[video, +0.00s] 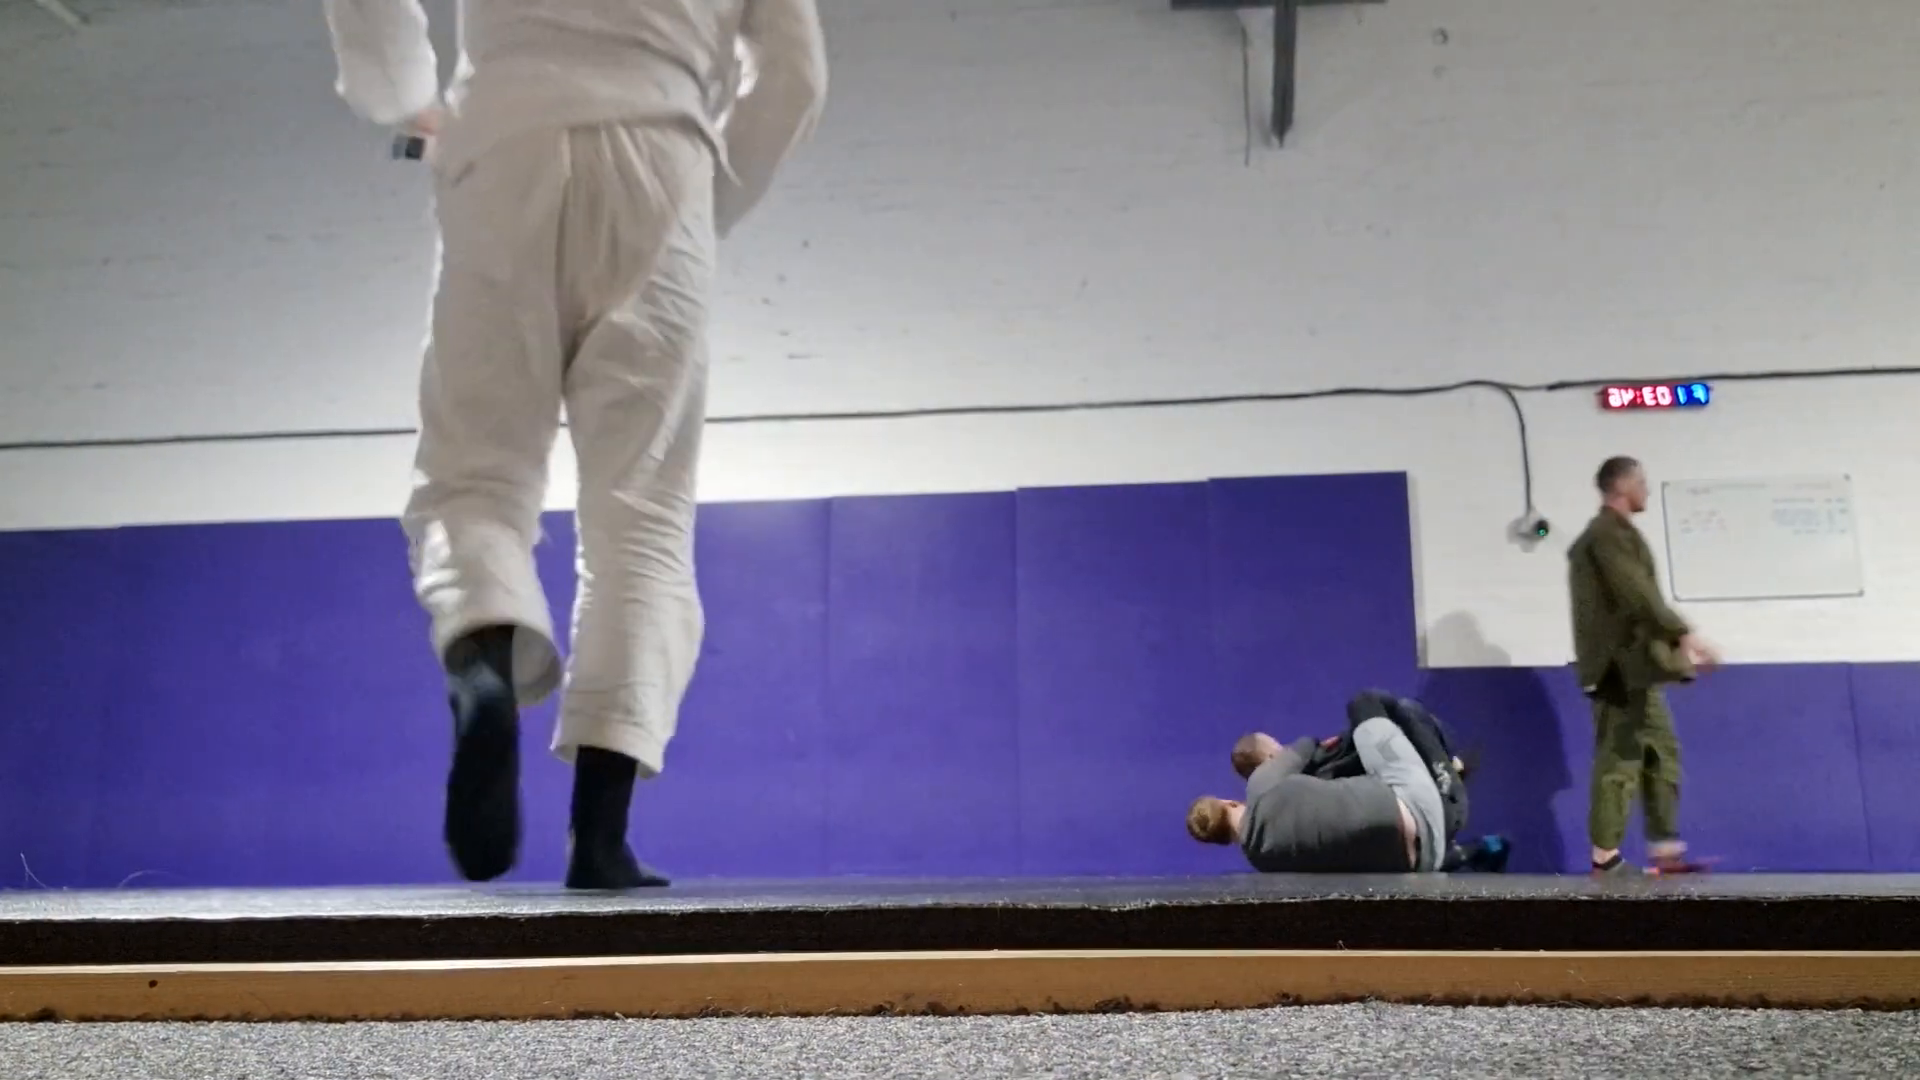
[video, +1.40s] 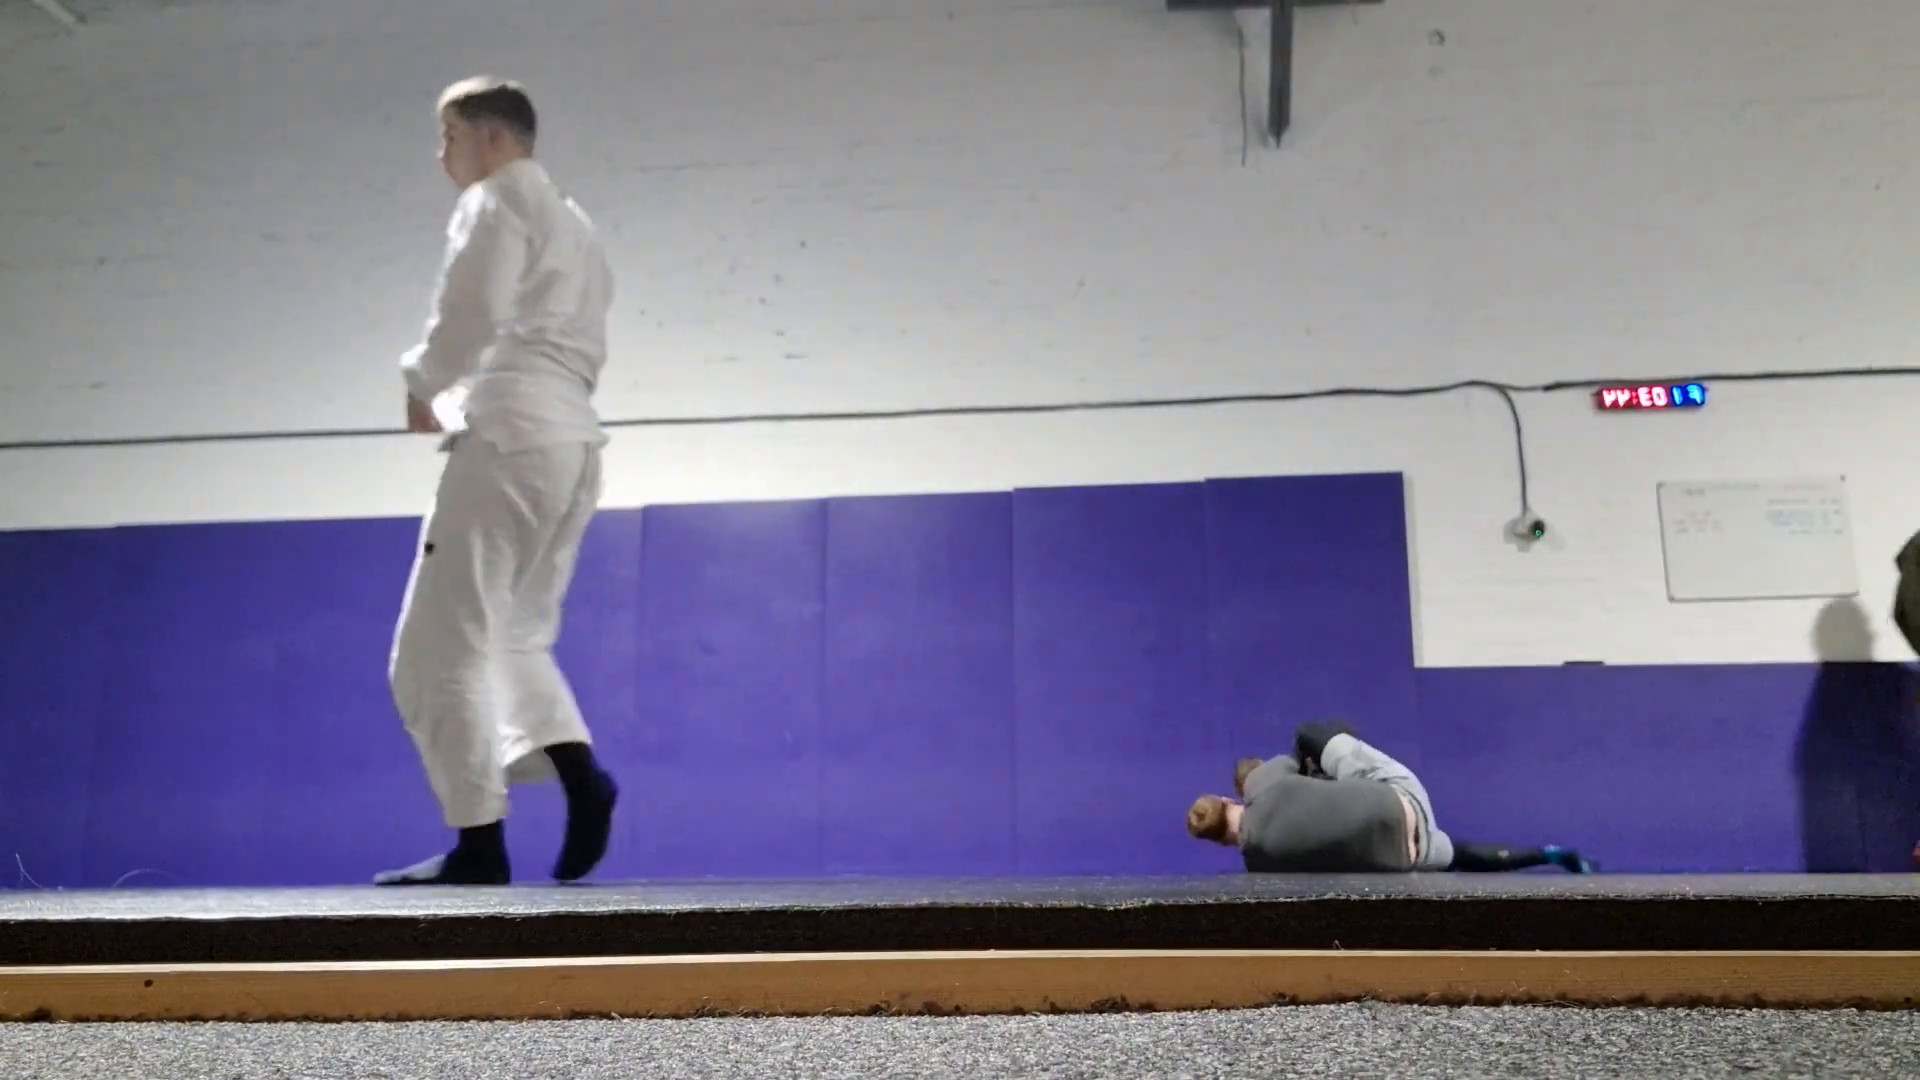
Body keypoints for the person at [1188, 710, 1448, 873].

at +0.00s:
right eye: (1227, 799)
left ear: (1219, 843)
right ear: (1229, 801)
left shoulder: (1262, 860)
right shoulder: (1263, 784)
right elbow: (1305, 747)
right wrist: (1318, 747)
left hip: (1424, 865)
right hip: (1418, 812)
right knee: (1370, 718)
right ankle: (1442, 778)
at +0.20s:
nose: (1259, 757)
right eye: (1254, 758)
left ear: (1222, 840)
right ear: (1231, 798)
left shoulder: (1263, 862)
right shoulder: (1266, 781)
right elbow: (1297, 753)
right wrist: (1318, 752)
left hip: (1421, 859)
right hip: (1416, 804)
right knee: (1351, 732)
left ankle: (1475, 858)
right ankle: (1316, 701)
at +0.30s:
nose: (1248, 768)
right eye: (1243, 772)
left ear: (1218, 842)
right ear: (1237, 790)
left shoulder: (1260, 861)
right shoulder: (1264, 778)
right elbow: (1298, 756)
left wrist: (1314, 770)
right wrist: (1315, 751)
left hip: (1411, 860)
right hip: (1412, 805)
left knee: (1424, 857)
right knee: (1332, 727)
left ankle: (1501, 854)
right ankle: (1295, 716)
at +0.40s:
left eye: (1210, 829)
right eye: (1233, 782)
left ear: (1217, 844)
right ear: (1231, 794)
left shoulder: (1258, 861)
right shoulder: (1261, 780)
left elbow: (1315, 856)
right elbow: (1302, 746)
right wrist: (1292, 757)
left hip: (1407, 859)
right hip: (1406, 806)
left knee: (1441, 857)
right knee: (1319, 729)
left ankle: (1518, 855)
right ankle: (1289, 746)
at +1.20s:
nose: (1244, 772)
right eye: (1240, 778)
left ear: (1223, 839)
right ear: (1238, 793)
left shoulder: (1262, 862)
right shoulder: (1268, 783)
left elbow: (1325, 852)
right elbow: (1311, 752)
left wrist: (1318, 781)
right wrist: (1316, 768)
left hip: (1414, 855)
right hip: (1405, 799)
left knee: (1471, 857)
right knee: (1326, 740)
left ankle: (1549, 858)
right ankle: (1262, 716)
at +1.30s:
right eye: (1233, 787)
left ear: (1220, 842)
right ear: (1232, 796)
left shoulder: (1261, 863)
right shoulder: (1269, 789)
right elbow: (1303, 751)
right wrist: (1276, 760)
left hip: (1412, 855)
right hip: (1400, 804)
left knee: (1472, 854)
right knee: (1312, 733)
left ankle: (1552, 855)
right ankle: (1265, 754)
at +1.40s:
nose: (1250, 772)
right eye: (1244, 778)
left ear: (1219, 841)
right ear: (1232, 794)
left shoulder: (1260, 864)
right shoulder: (1265, 782)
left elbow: (1323, 864)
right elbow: (1305, 753)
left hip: (1410, 857)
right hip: (1398, 801)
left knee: (1471, 856)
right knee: (1311, 731)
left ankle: (1550, 854)